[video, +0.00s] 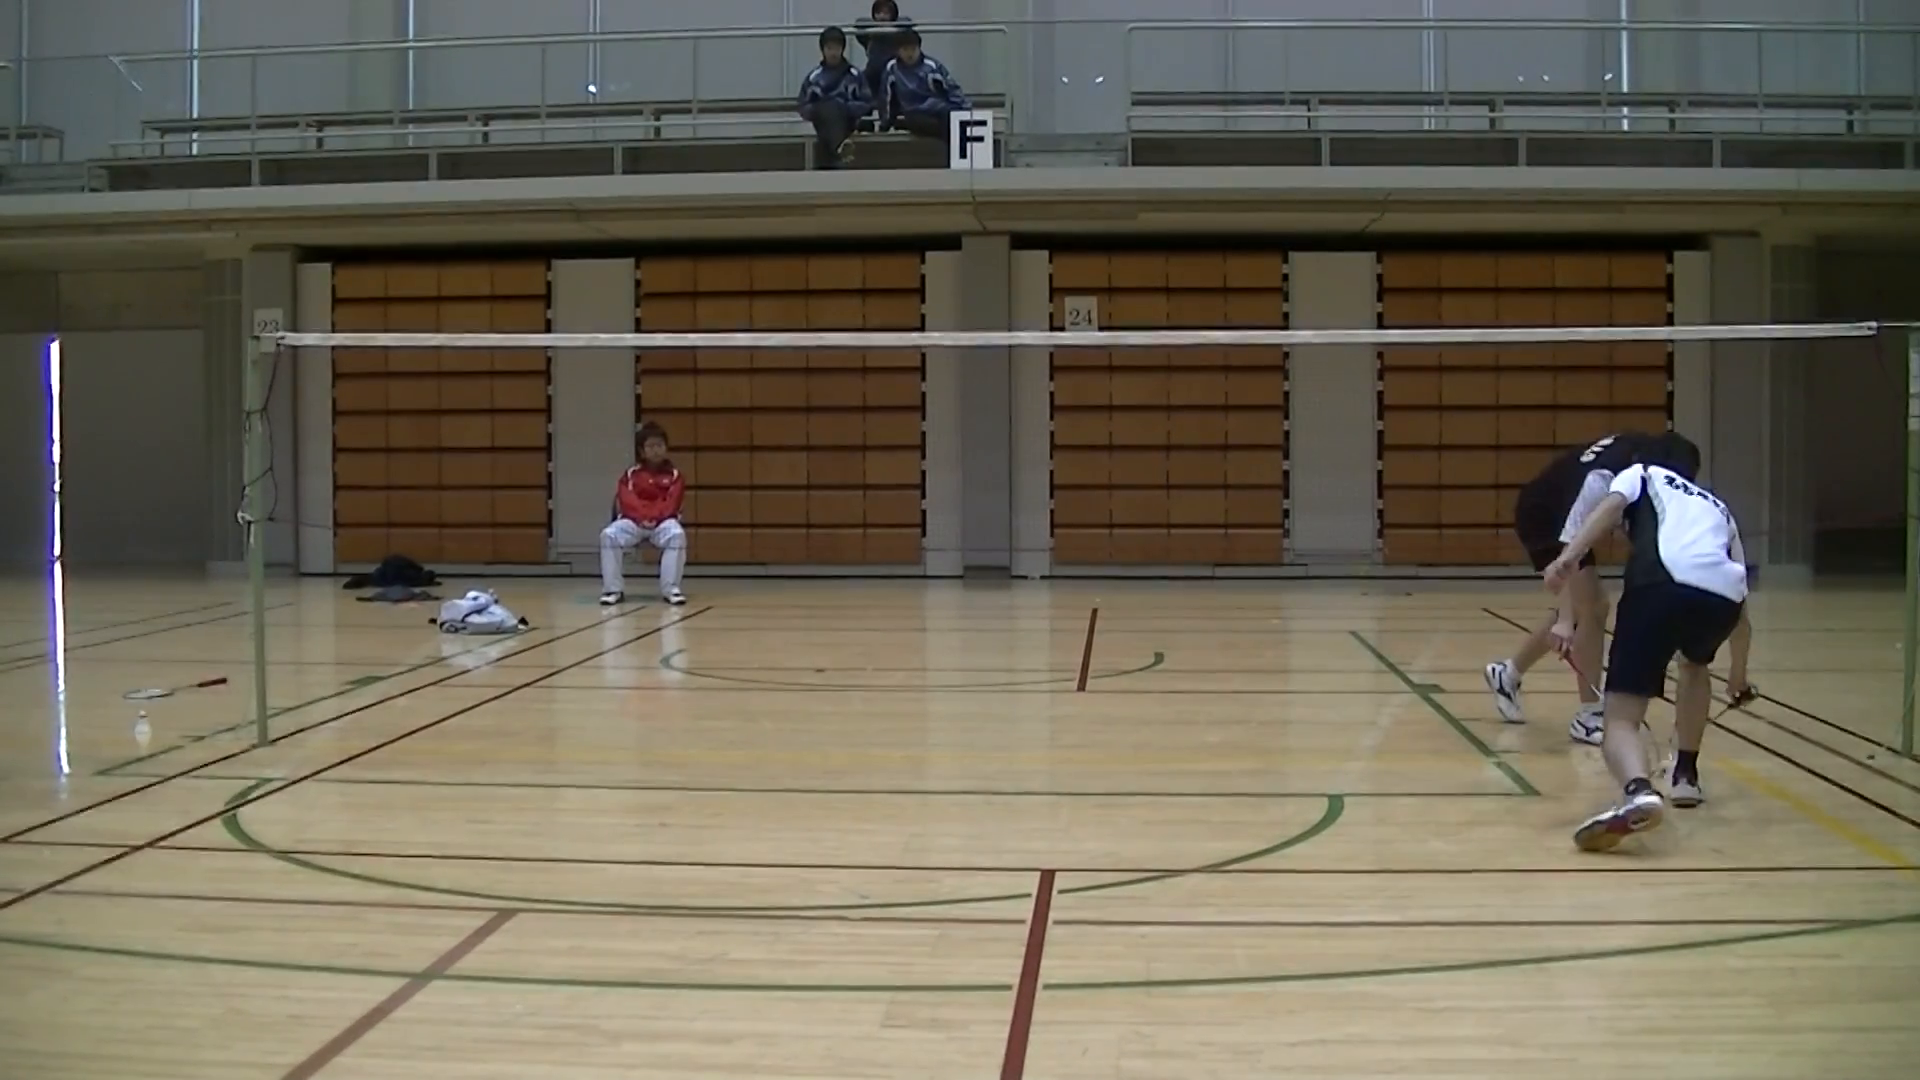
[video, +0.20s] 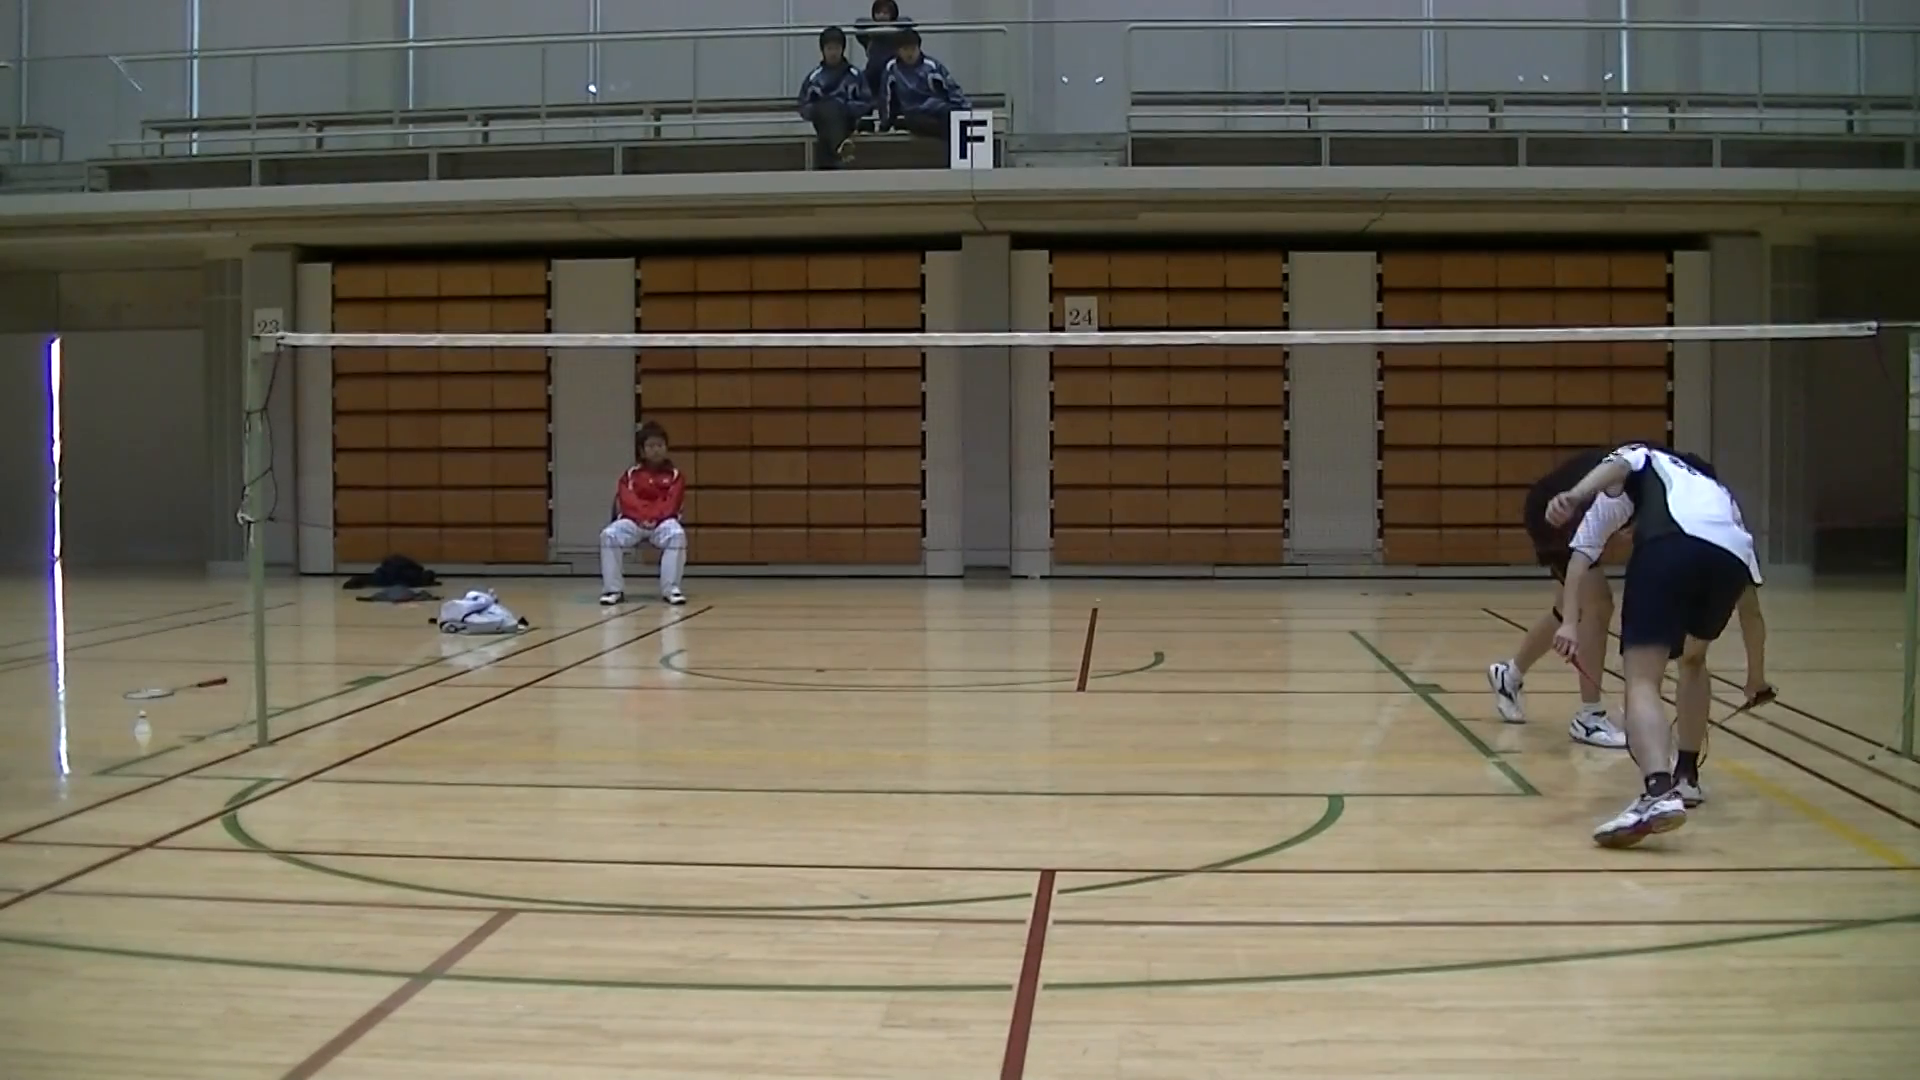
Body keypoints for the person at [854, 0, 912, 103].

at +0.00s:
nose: (882, 16)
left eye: (886, 12)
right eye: (878, 12)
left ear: (893, 15)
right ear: (874, 15)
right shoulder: (870, 36)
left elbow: (907, 21)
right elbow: (859, 23)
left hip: (895, 71)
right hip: (873, 71)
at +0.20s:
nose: (881, 16)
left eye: (885, 12)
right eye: (878, 12)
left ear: (893, 15)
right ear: (873, 15)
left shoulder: (897, 32)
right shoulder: (869, 36)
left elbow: (907, 21)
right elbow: (859, 23)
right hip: (872, 72)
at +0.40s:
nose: (881, 16)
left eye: (886, 12)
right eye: (878, 12)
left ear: (893, 15)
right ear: (874, 15)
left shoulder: (897, 31)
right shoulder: (869, 36)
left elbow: (907, 21)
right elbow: (859, 23)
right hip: (872, 70)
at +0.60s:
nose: (882, 16)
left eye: (886, 12)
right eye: (878, 12)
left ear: (892, 15)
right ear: (874, 14)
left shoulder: (898, 32)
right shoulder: (869, 35)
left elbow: (908, 21)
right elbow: (859, 23)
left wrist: (891, 25)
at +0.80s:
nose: (881, 15)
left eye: (886, 12)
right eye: (878, 11)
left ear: (893, 14)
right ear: (874, 14)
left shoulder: (898, 32)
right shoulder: (869, 35)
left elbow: (907, 20)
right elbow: (859, 22)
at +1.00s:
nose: (882, 14)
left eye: (887, 11)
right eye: (878, 11)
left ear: (893, 13)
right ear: (874, 13)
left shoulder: (898, 30)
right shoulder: (869, 34)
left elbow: (907, 20)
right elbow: (859, 22)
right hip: (872, 72)